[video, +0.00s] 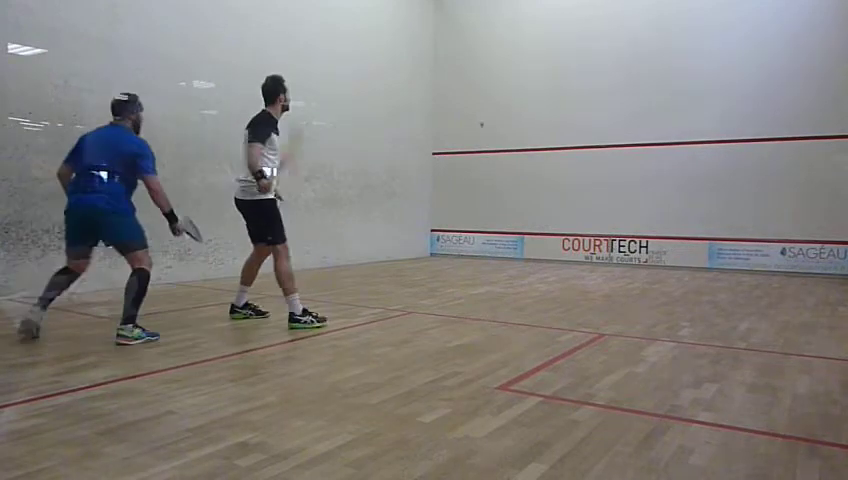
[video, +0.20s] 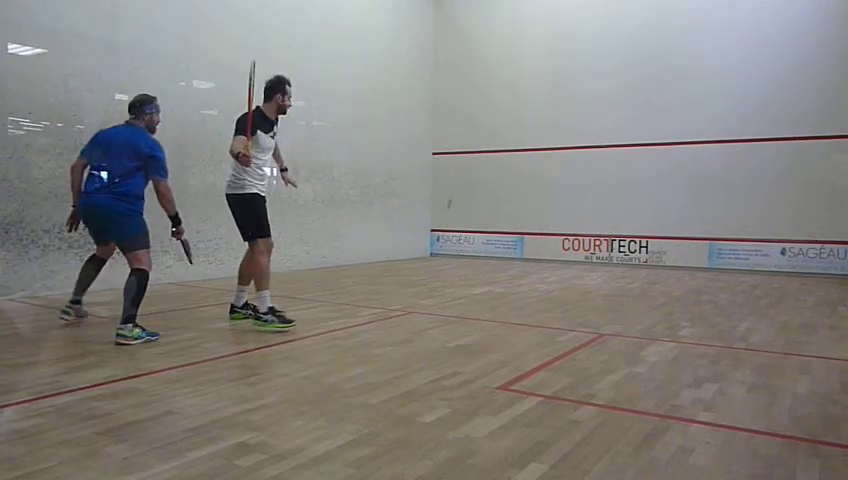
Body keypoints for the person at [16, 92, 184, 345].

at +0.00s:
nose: (142, 120)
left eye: (141, 115)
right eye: (141, 115)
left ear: (114, 116)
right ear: (135, 117)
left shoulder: (89, 137)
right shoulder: (138, 145)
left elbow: (64, 173)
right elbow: (154, 188)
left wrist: (79, 202)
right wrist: (172, 219)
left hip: (78, 209)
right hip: (114, 210)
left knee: (75, 266)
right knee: (141, 265)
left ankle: (38, 310)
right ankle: (128, 327)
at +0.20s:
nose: (159, 120)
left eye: (159, 114)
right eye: (157, 115)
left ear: (133, 114)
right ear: (146, 115)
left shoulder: (104, 135)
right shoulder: (150, 146)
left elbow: (77, 167)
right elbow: (162, 189)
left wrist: (76, 206)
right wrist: (176, 222)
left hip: (90, 206)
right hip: (124, 210)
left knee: (104, 250)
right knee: (141, 265)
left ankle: (74, 303)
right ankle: (128, 326)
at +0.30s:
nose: (162, 120)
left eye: (162, 115)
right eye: (160, 115)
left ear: (136, 115)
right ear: (149, 116)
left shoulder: (108, 136)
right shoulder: (153, 146)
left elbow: (83, 168)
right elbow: (164, 188)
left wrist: (79, 206)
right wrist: (177, 219)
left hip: (96, 205)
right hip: (127, 209)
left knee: (108, 252)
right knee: (139, 263)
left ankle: (85, 306)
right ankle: (126, 321)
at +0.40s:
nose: (168, 122)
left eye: (168, 116)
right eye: (166, 117)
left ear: (143, 116)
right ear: (155, 117)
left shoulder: (117, 137)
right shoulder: (156, 146)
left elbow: (93, 170)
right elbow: (166, 188)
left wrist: (94, 208)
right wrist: (179, 221)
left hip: (103, 205)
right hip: (134, 208)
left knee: (110, 252)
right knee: (157, 257)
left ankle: (85, 305)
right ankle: (129, 308)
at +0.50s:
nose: (177, 122)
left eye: (177, 117)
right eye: (175, 117)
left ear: (154, 117)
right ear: (165, 117)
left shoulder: (131, 136)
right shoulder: (165, 144)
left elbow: (113, 169)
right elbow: (172, 186)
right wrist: (185, 220)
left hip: (110, 202)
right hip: (140, 205)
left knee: (111, 253)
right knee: (170, 254)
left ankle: (85, 306)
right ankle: (137, 306)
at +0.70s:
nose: (202, 116)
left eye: (201, 111)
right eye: (200, 111)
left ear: (178, 111)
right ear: (191, 112)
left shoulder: (156, 130)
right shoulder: (197, 138)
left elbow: (134, 161)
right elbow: (204, 176)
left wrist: (156, 175)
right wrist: (215, 207)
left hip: (144, 199)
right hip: (173, 202)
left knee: (145, 246)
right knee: (177, 257)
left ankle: (115, 294)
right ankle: (139, 303)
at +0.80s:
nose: (215, 125)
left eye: (215, 120)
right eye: (213, 120)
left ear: (192, 120)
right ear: (205, 121)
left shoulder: (169, 142)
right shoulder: (212, 146)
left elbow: (155, 175)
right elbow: (220, 185)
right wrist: (234, 213)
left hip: (159, 202)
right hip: (188, 204)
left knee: (162, 245)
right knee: (210, 251)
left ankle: (136, 296)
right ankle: (165, 286)